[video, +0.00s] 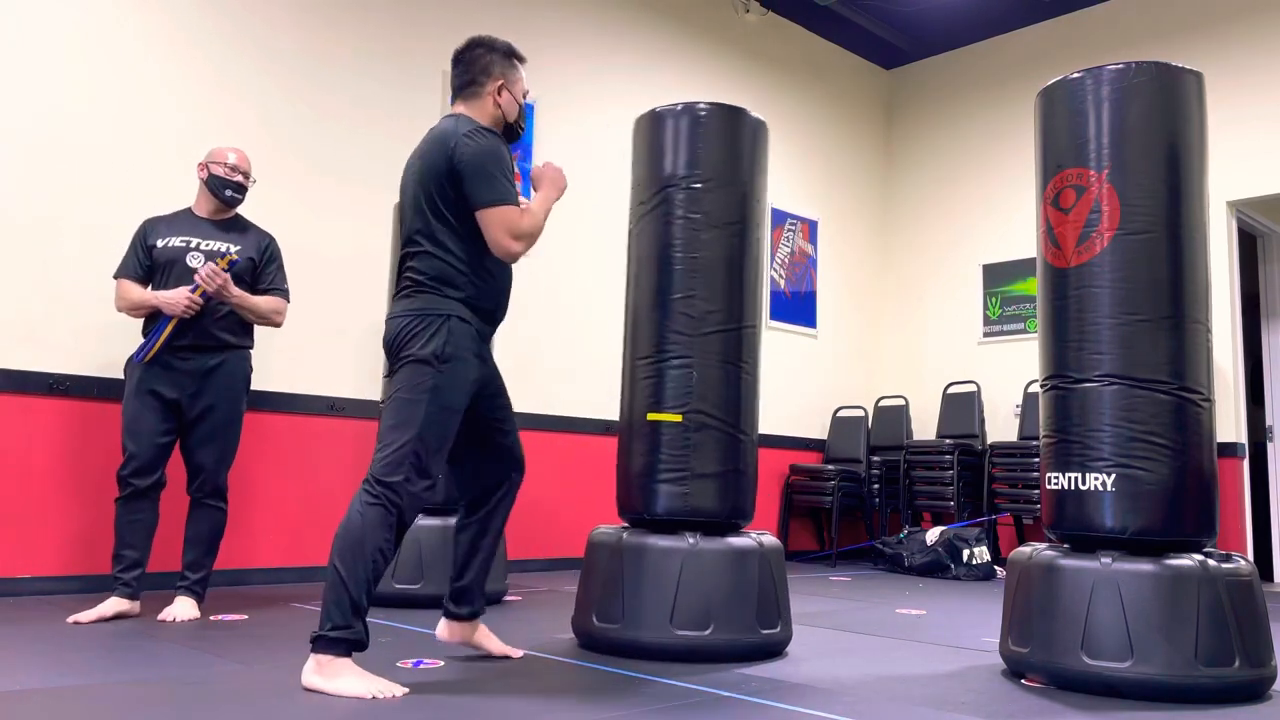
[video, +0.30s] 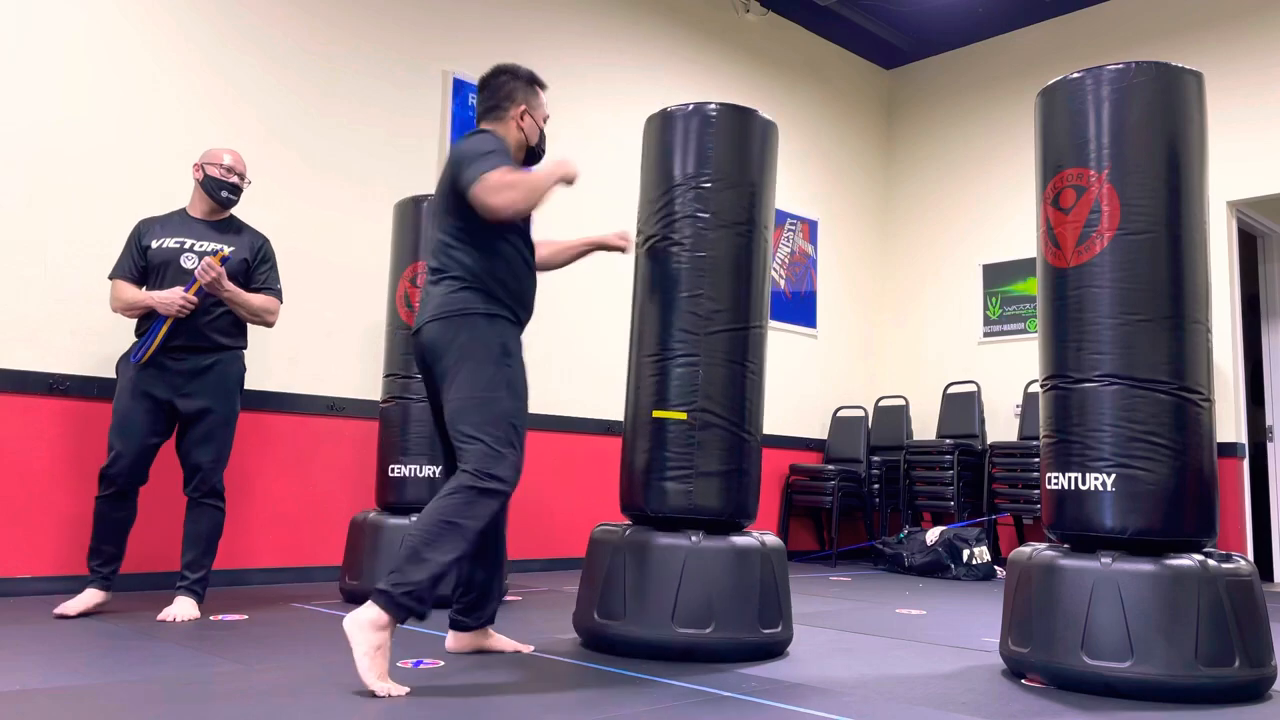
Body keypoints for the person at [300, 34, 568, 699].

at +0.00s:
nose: (522, 105)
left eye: (522, 94)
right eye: (520, 93)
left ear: (467, 88)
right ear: (499, 88)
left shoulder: (440, 143)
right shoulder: (473, 142)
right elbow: (510, 241)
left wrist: (517, 193)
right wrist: (547, 194)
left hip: (447, 328)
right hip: (443, 327)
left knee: (496, 467)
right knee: (395, 485)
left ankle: (463, 620)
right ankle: (330, 655)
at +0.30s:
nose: (544, 132)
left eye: (545, 123)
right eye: (542, 121)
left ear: (505, 115)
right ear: (521, 114)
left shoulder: (493, 172)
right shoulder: (483, 145)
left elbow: (524, 257)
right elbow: (496, 199)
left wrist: (594, 241)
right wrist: (553, 172)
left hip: (465, 324)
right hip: (472, 320)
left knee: (485, 473)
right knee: (491, 468)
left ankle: (471, 625)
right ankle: (378, 615)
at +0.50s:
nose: (546, 134)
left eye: (546, 126)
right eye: (545, 125)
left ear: (483, 123)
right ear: (532, 122)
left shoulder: (435, 176)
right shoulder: (538, 152)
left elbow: (427, 262)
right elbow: (639, 198)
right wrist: (667, 207)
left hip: (426, 325)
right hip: (477, 323)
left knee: (457, 482)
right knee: (439, 484)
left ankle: (463, 627)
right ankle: (355, 638)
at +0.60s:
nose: (545, 134)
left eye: (543, 125)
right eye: (544, 125)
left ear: (483, 121)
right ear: (529, 120)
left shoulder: (436, 175)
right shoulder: (533, 157)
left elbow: (428, 265)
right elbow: (609, 233)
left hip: (423, 324)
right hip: (474, 322)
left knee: (456, 486)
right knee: (433, 490)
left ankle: (464, 626)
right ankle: (369, 650)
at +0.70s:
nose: (545, 129)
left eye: (544, 119)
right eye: (544, 118)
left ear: (484, 114)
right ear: (529, 114)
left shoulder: (442, 167)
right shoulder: (524, 162)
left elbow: (422, 263)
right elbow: (565, 261)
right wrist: (541, 194)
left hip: (423, 318)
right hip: (468, 322)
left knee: (460, 485)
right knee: (433, 491)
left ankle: (463, 626)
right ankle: (366, 651)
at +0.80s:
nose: (547, 123)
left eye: (546, 113)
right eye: (546, 113)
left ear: (489, 107)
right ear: (528, 108)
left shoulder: (454, 158)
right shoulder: (513, 159)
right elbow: (550, 261)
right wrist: (550, 202)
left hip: (425, 315)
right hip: (461, 319)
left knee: (467, 477)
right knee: (434, 486)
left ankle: (466, 624)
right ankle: (368, 649)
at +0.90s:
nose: (550, 127)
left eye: (550, 115)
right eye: (549, 114)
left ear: (499, 105)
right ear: (529, 108)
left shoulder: (471, 154)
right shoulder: (501, 158)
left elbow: (513, 252)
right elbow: (539, 261)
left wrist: (544, 231)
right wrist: (567, 223)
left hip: (444, 323)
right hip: (454, 324)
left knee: (479, 475)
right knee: (428, 485)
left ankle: (467, 617)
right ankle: (367, 649)